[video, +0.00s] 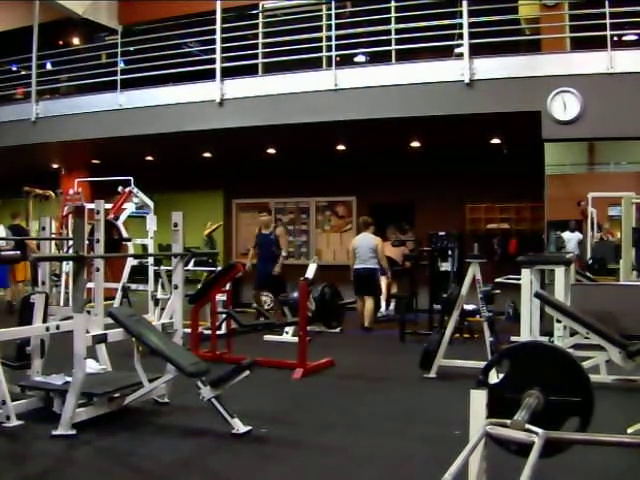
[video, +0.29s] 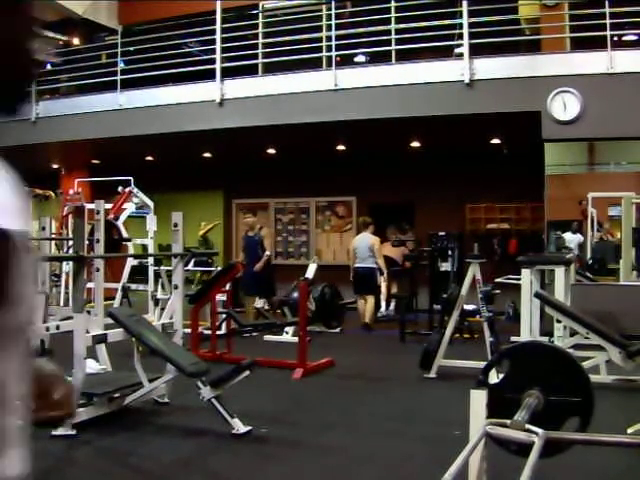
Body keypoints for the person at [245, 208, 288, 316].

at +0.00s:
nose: (262, 219)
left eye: (264, 216)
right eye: (260, 216)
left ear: (271, 217)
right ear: (258, 218)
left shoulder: (278, 230)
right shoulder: (259, 230)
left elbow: (284, 249)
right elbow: (253, 247)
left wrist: (279, 265)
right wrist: (249, 261)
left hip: (273, 265)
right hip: (261, 265)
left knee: (275, 292)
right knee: (257, 291)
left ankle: (278, 314)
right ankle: (259, 313)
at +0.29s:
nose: (246, 221)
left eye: (249, 218)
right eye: (244, 218)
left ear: (255, 218)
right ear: (243, 220)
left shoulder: (263, 231)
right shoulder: (245, 234)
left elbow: (268, 251)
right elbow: (243, 251)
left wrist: (260, 264)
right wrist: (240, 262)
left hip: (260, 266)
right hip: (248, 266)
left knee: (262, 295)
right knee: (249, 294)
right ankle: (250, 320)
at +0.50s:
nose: (237, 217)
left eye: (240, 214)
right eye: (236, 214)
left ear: (246, 215)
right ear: (234, 217)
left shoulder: (254, 229)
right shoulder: (233, 231)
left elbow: (263, 250)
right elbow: (229, 246)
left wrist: (260, 267)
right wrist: (226, 258)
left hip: (251, 266)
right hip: (238, 266)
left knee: (249, 294)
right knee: (238, 295)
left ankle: (254, 319)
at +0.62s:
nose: (231, 217)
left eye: (234, 214)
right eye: (230, 214)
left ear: (240, 215)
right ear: (228, 217)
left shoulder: (248, 231)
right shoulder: (229, 234)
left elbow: (256, 250)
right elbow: (226, 251)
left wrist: (260, 267)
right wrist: (225, 266)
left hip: (248, 266)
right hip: (234, 266)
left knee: (241, 295)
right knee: (233, 296)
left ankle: (246, 323)